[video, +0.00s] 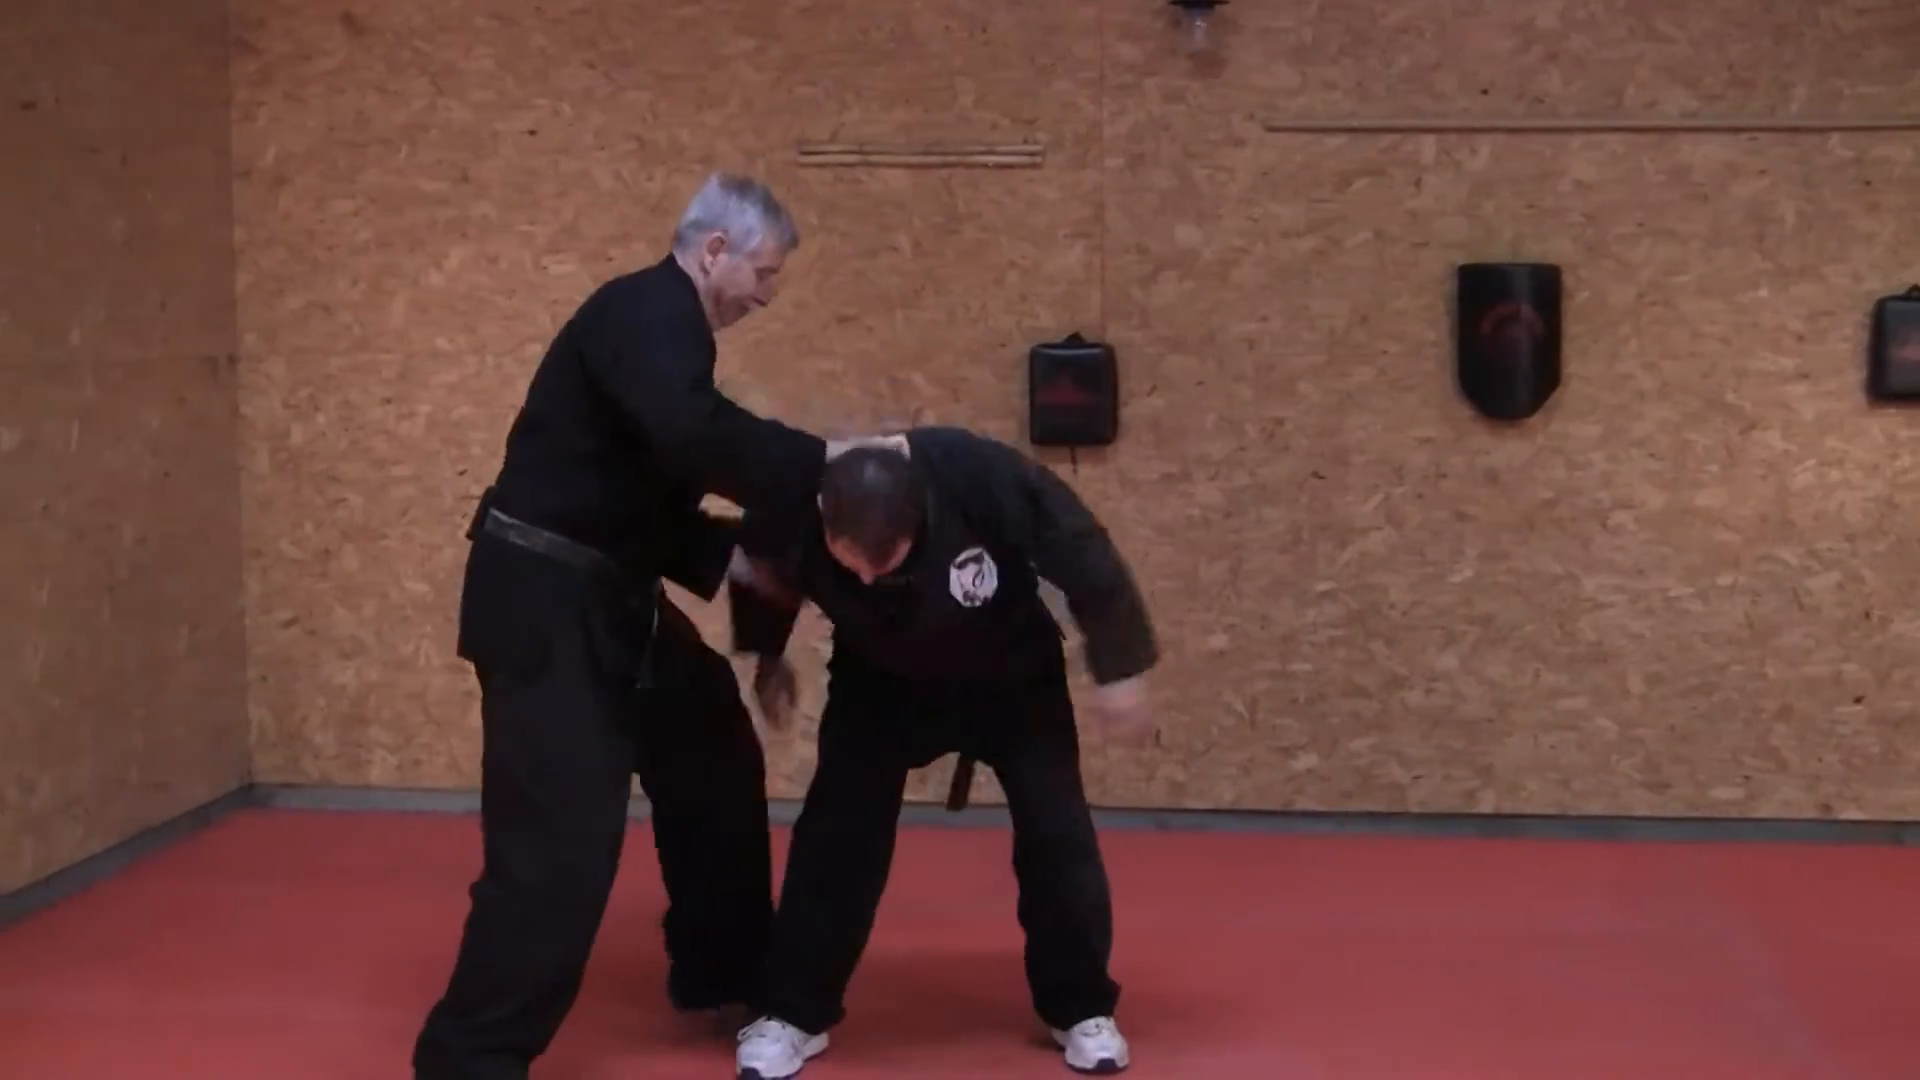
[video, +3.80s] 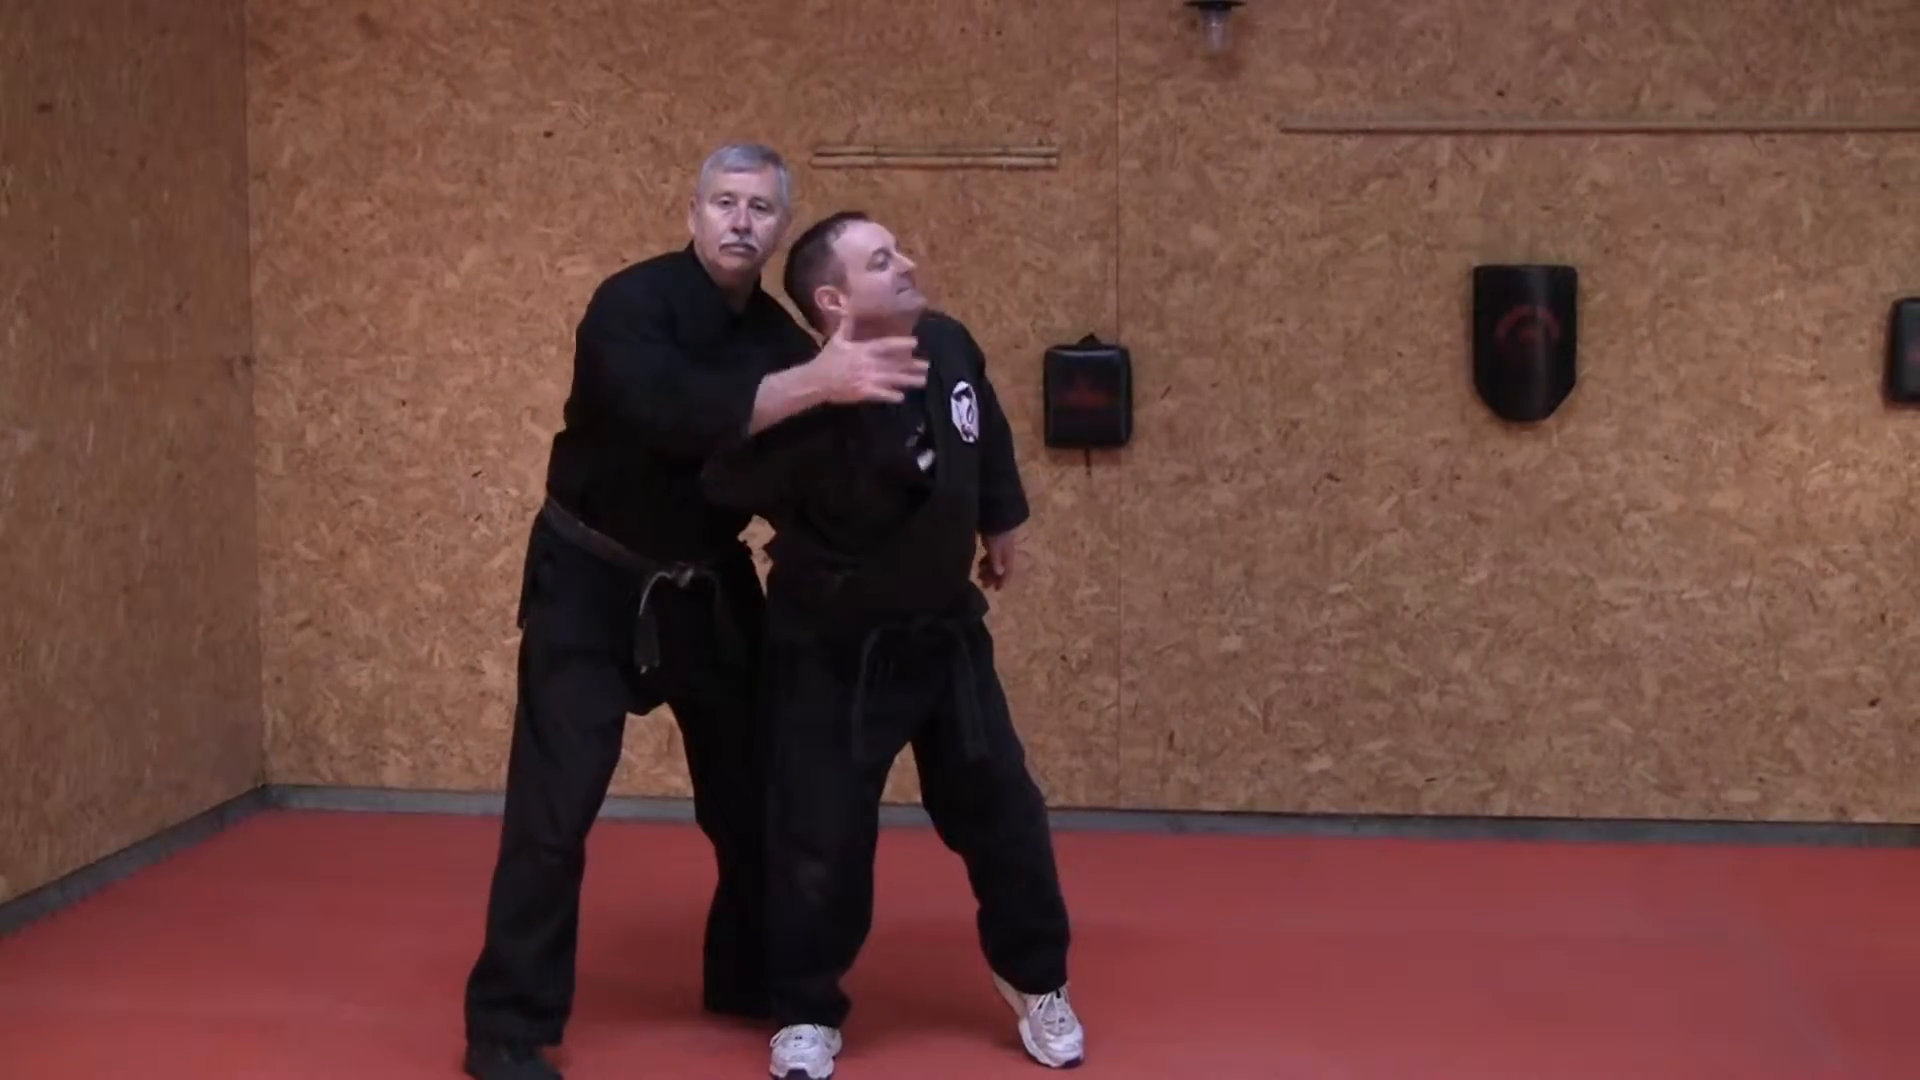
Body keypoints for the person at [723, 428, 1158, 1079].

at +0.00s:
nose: (867, 576)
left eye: (883, 564)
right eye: (851, 564)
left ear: (911, 526)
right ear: (824, 520)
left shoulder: (971, 474)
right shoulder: (796, 503)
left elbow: (1076, 545)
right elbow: (765, 568)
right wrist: (765, 650)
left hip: (1006, 666)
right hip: (880, 676)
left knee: (1057, 830)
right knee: (836, 830)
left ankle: (1082, 1010)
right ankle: (794, 1013)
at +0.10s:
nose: (850, 608)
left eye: (867, 600)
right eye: (838, 597)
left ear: (903, 554)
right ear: (819, 541)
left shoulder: (981, 503)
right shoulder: (791, 489)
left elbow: (1095, 559)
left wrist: (1177, 640)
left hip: (1008, 668)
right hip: (879, 672)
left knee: (1062, 832)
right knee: (837, 828)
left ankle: (1094, 1008)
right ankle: (811, 1012)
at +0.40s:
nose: (889, 623)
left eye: (901, 607)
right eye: (868, 613)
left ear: (920, 553)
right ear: (832, 569)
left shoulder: (976, 490)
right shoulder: (797, 547)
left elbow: (1068, 495)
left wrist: (1079, 616)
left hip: (1004, 657)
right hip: (879, 672)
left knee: (1073, 816)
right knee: (859, 831)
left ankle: (1123, 989)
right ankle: (847, 1011)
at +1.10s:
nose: (868, 521)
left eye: (870, 497)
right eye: (842, 518)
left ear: (872, 462)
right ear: (798, 517)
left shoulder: (923, 429)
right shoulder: (782, 545)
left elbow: (1009, 416)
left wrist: (1073, 511)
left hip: (1002, 624)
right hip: (883, 656)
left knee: (1051, 790)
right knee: (865, 817)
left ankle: (1086, 971)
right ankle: (859, 1011)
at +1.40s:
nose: (848, 413)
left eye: (851, 394)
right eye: (821, 414)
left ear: (871, 391)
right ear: (789, 444)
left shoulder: (939, 402)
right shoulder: (792, 515)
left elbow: (1020, 417)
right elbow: (735, 563)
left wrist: (1082, 502)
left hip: (1003, 623)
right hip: (885, 651)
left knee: (1051, 797)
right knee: (865, 821)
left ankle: (1080, 974)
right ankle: (855, 1010)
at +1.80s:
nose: (815, 283)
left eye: (816, 269)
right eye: (787, 285)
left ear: (846, 284)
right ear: (774, 338)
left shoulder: (951, 340)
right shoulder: (793, 442)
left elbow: (1037, 447)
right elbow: (765, 519)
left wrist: (982, 522)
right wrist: (782, 360)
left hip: (1006, 621)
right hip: (888, 642)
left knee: (1058, 807)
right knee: (870, 828)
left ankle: (1075, 980)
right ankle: (846, 1010)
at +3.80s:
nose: (907, 267)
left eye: (900, 252)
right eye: (879, 263)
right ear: (831, 304)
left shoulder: (947, 348)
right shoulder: (804, 401)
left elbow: (987, 436)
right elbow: (725, 495)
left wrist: (1004, 523)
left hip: (941, 626)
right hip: (826, 638)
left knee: (1001, 805)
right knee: (817, 828)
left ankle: (1036, 980)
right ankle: (808, 1012)